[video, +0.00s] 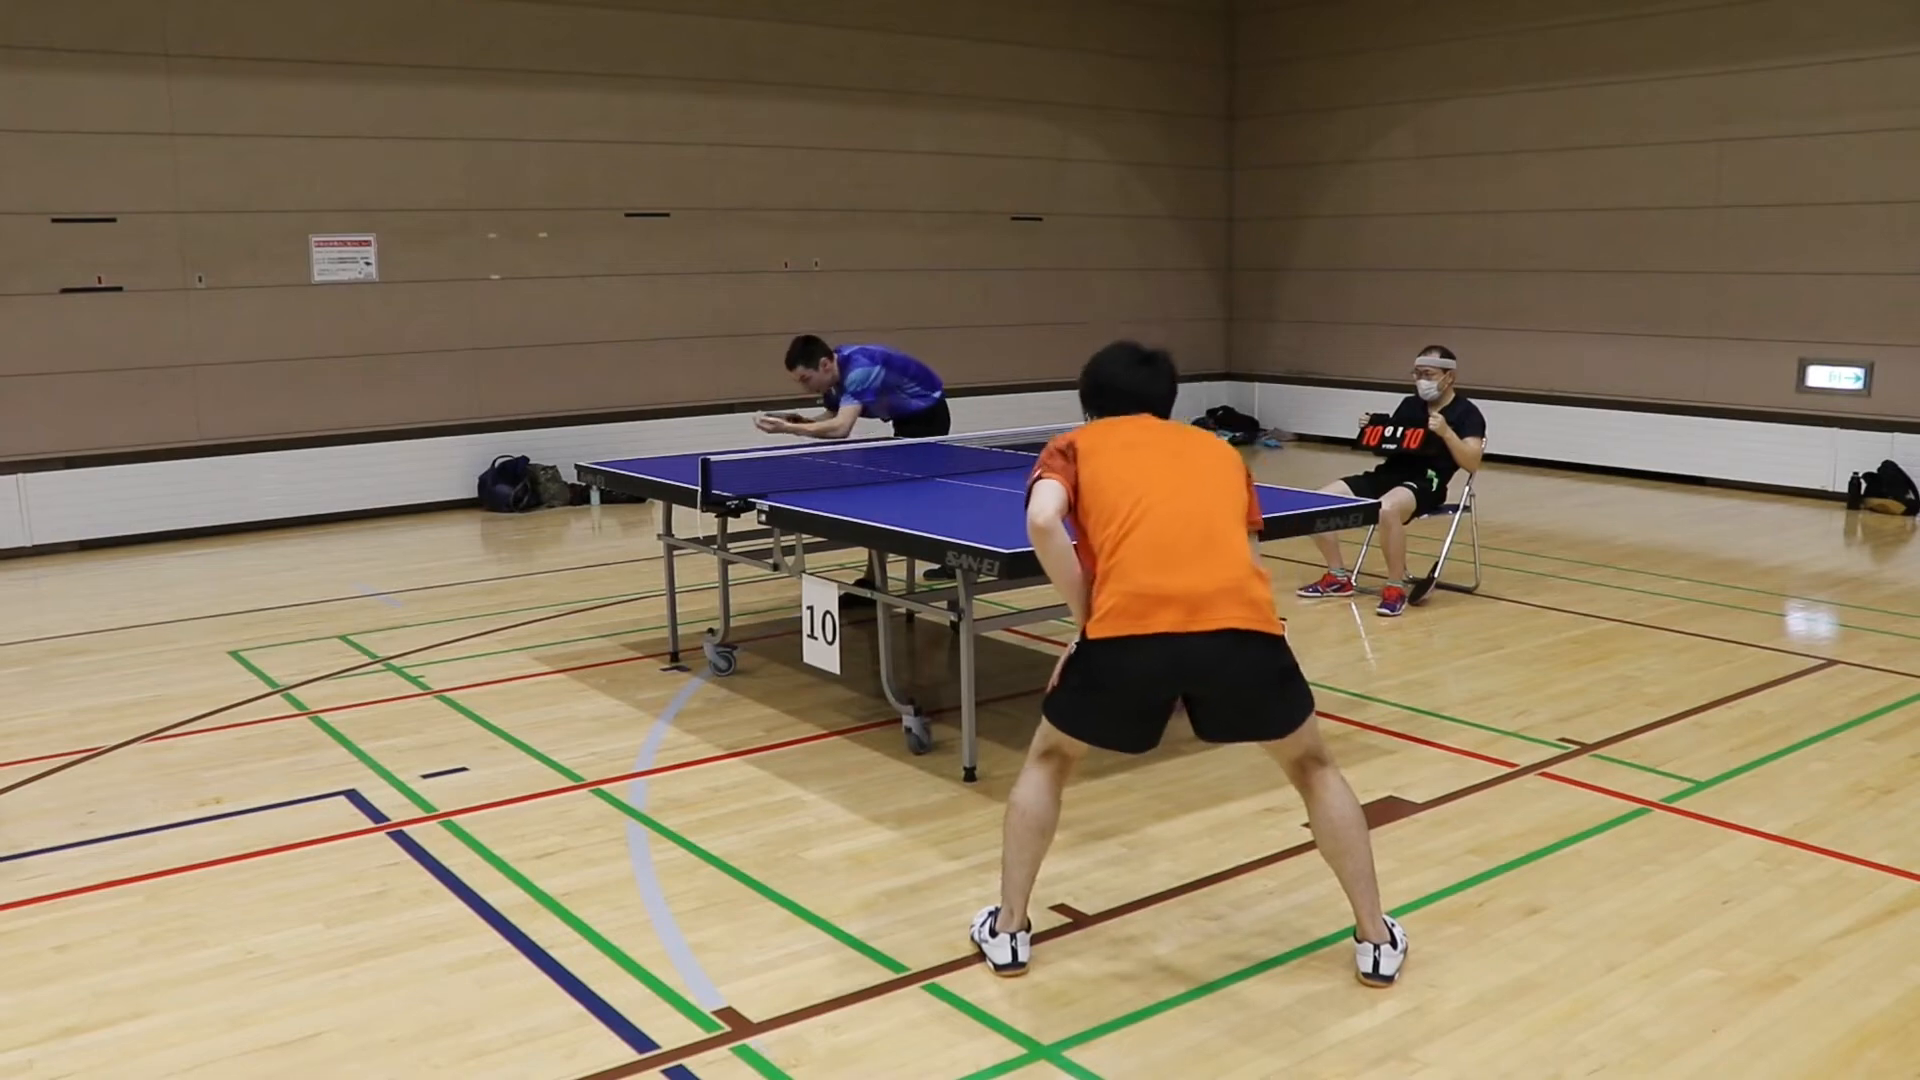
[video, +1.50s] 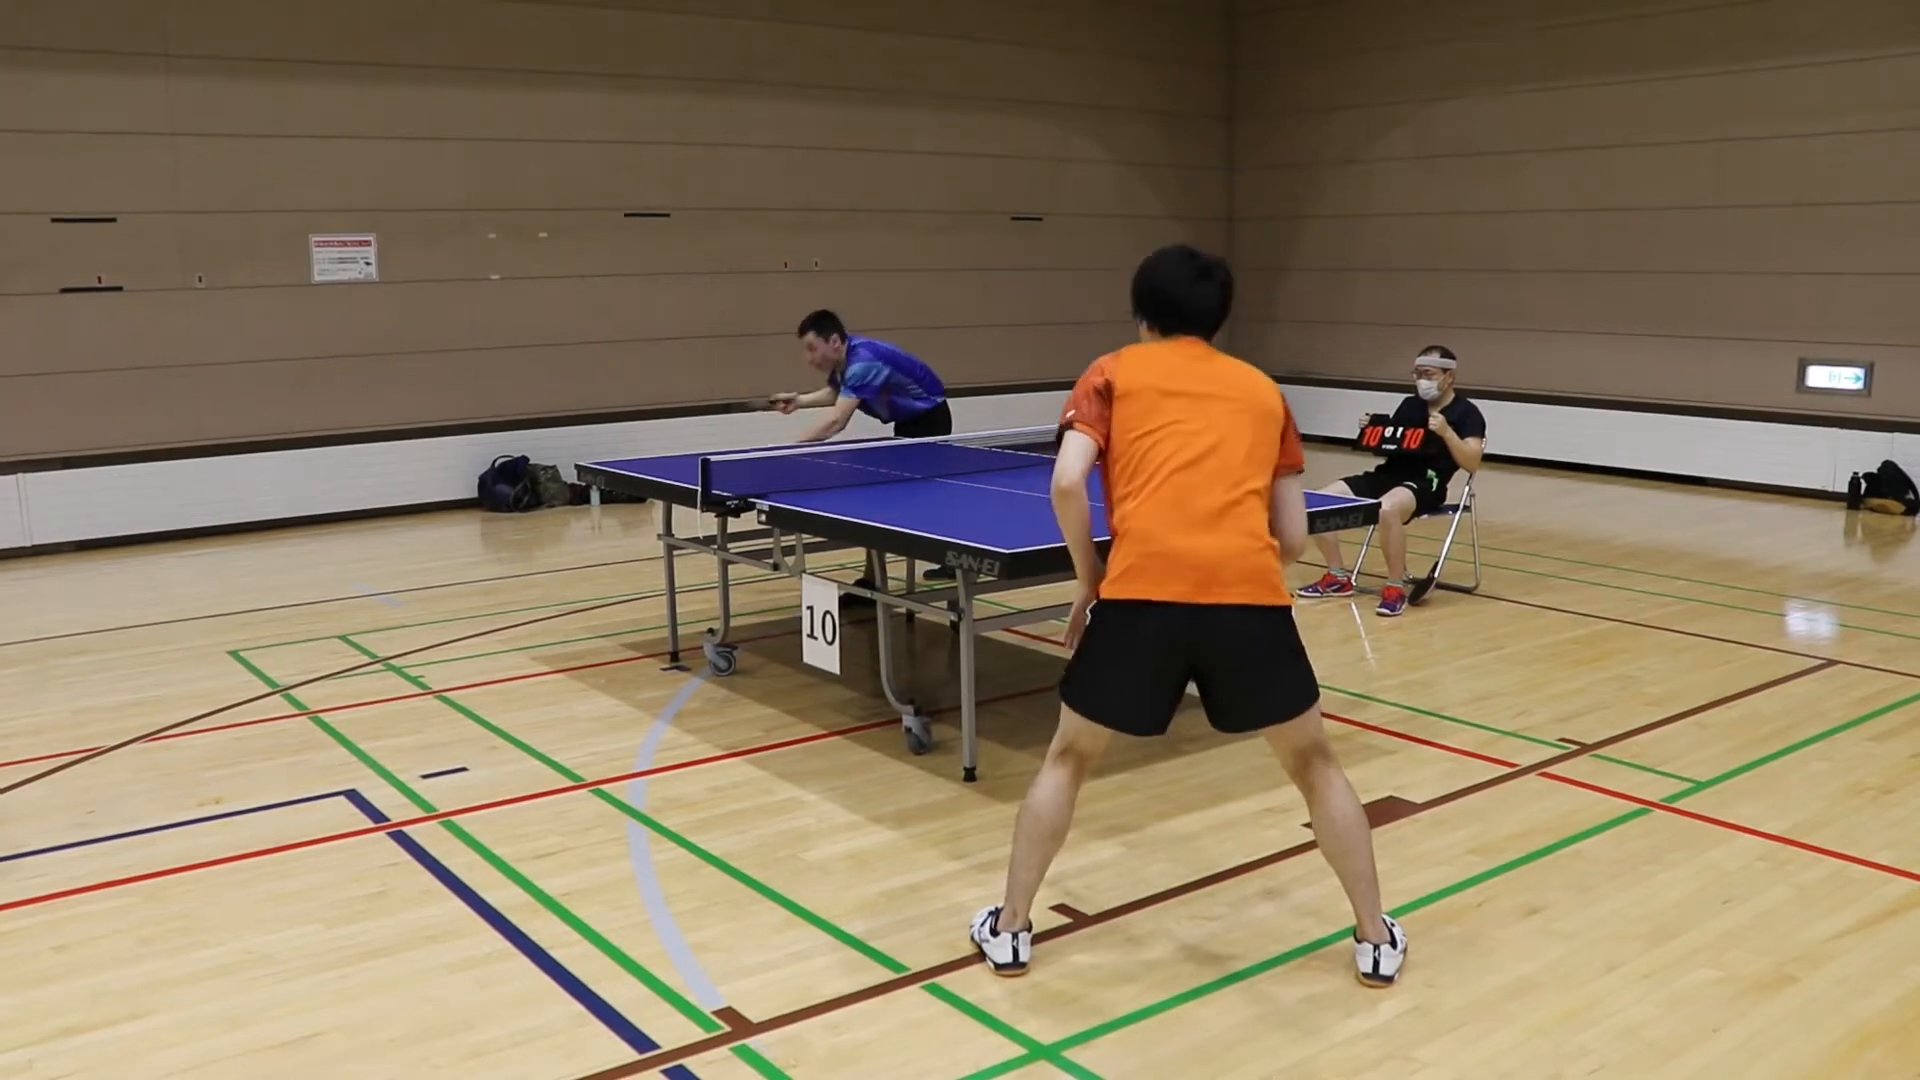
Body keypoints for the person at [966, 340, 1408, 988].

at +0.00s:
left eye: (1085, 404)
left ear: (1091, 403)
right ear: (1169, 403)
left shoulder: (1074, 445)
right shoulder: (1221, 450)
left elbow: (1043, 520)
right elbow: (1245, 543)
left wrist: (1089, 616)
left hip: (1125, 644)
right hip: (1242, 642)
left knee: (1050, 760)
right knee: (1313, 767)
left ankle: (1009, 927)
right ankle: (1376, 937)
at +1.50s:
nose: (1136, 324)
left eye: (1137, 312)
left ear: (1143, 314)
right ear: (1220, 316)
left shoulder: (1114, 372)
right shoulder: (1262, 390)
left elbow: (1066, 483)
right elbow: (1292, 537)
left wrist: (1088, 581)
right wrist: (1222, 567)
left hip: (1140, 601)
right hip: (1249, 607)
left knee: (1069, 758)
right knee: (1313, 761)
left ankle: (1011, 928)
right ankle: (1377, 937)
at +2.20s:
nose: (1146, 292)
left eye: (1148, 282)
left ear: (1155, 289)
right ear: (1228, 292)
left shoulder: (1133, 360)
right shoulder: (1263, 371)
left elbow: (1093, 472)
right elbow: (1306, 501)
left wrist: (1052, 525)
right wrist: (1249, 511)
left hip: (1162, 591)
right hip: (1263, 595)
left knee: (1085, 712)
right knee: (1314, 724)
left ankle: (1052, 875)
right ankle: (1361, 884)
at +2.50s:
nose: (1120, 319)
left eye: (1123, 310)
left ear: (1131, 314)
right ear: (1198, 315)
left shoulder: (1119, 378)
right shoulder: (1246, 386)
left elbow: (1058, 491)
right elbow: (1296, 497)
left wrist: (1025, 499)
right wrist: (1229, 486)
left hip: (1163, 598)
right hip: (1256, 594)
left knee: (1072, 705)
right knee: (1285, 698)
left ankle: (1052, 873)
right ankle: (1325, 823)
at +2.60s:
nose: (1130, 329)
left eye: (1132, 320)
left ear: (1140, 323)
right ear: (1206, 324)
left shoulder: (1133, 386)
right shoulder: (1253, 391)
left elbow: (1075, 500)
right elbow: (1302, 493)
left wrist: (1044, 501)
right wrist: (1234, 482)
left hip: (1183, 599)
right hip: (1270, 594)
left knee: (1079, 702)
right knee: (1280, 689)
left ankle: (1054, 870)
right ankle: (1324, 822)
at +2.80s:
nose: (1133, 350)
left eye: (1134, 340)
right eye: (1137, 340)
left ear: (1144, 344)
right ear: (1206, 340)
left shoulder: (1141, 402)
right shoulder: (1247, 399)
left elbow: (1074, 512)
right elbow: (1300, 481)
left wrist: (1052, 509)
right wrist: (1240, 496)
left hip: (1203, 606)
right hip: (1282, 599)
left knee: (1064, 689)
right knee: (1277, 686)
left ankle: (1034, 859)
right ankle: (1324, 821)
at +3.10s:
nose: (1048, 384)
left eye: (1049, 372)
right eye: (1048, 372)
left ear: (1062, 372)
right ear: (1121, 364)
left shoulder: (1068, 421)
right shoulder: (1168, 422)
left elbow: (995, 512)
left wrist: (978, 499)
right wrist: (1063, 497)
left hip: (1128, 640)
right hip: (1213, 636)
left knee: (983, 706)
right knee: (1236, 711)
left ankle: (982, 880)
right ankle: (1317, 823)